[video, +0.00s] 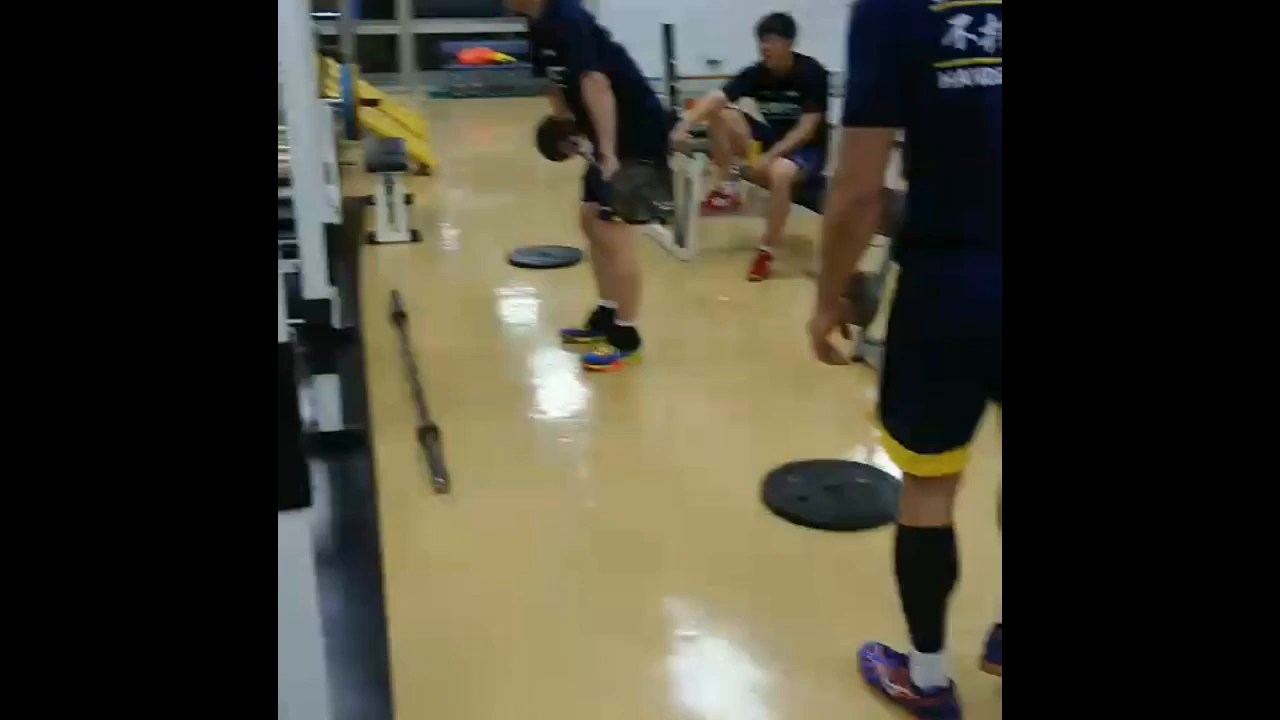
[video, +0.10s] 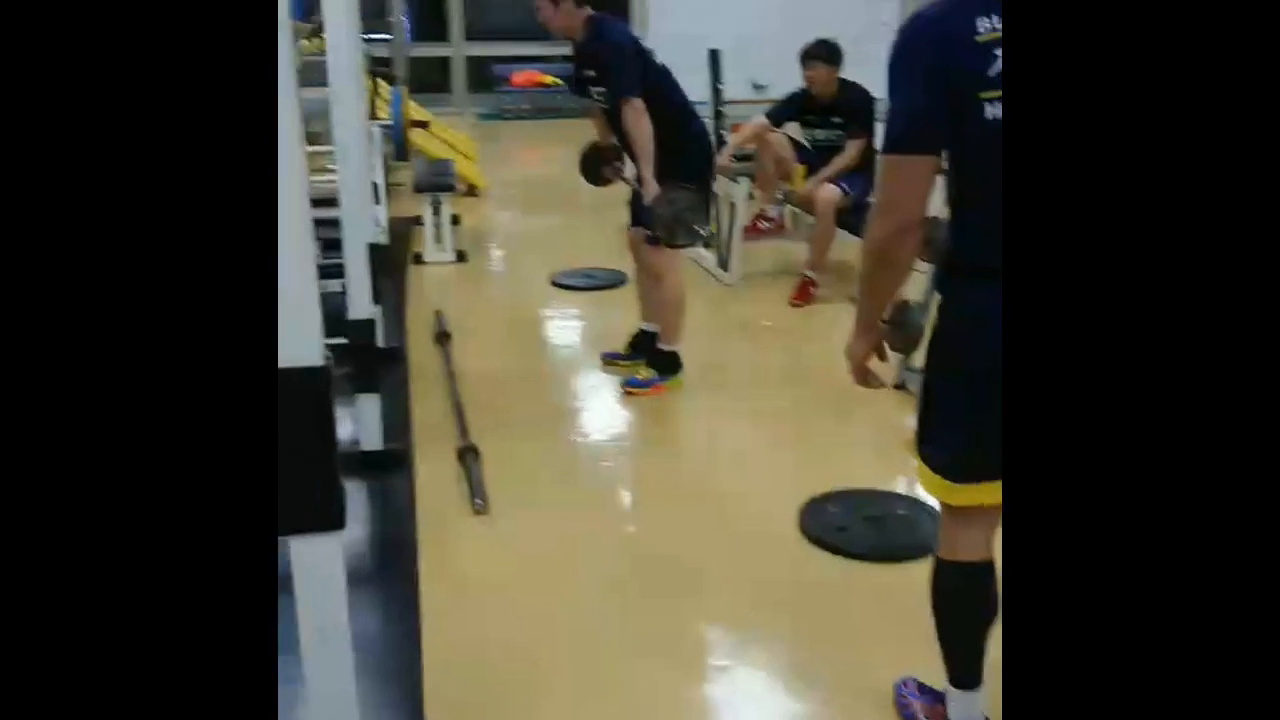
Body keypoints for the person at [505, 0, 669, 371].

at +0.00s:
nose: (508, 4)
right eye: (508, 1)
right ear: (523, 3)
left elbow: (596, 83)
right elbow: (556, 86)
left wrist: (608, 154)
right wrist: (564, 123)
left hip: (639, 136)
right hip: (607, 136)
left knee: (614, 228)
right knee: (594, 221)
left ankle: (627, 333)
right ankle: (608, 314)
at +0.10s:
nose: (541, 18)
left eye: (544, 9)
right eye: (539, 10)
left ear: (567, 6)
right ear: (566, 9)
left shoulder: (611, 40)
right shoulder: (585, 48)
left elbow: (635, 109)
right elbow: (598, 109)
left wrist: (648, 177)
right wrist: (609, 150)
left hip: (682, 156)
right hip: (651, 154)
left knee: (662, 254)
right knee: (642, 244)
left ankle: (668, 358)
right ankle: (648, 338)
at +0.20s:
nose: (584, 64)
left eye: (585, 53)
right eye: (580, 55)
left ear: (606, 41)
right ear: (602, 45)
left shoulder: (652, 76)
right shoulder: (629, 82)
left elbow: (673, 149)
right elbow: (642, 142)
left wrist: (684, 219)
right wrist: (648, 187)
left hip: (726, 184)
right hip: (696, 184)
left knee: (705, 282)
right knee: (682, 272)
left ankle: (709, 389)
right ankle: (690, 369)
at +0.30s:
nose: (598, 111)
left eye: (597, 101)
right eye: (593, 104)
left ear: (619, 87)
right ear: (619, 88)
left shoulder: (667, 117)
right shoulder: (649, 120)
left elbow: (686, 193)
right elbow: (660, 179)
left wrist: (699, 266)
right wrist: (663, 225)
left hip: (752, 211)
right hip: (720, 212)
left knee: (732, 307)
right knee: (709, 301)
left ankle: (730, 413)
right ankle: (711, 392)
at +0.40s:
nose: (599, 166)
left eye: (597, 155)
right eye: (594, 158)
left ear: (618, 144)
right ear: (618, 142)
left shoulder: (664, 163)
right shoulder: (649, 159)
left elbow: (684, 239)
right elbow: (661, 222)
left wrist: (696, 315)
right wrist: (664, 266)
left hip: (770, 224)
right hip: (742, 226)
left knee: (730, 321)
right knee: (711, 311)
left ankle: (736, 428)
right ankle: (718, 406)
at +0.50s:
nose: (605, 216)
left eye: (603, 207)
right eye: (599, 210)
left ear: (622, 192)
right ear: (624, 189)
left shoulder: (669, 214)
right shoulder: (656, 206)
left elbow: (683, 296)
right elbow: (659, 269)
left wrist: (688, 361)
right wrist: (660, 317)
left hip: (775, 246)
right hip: (748, 242)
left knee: (717, 334)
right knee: (699, 319)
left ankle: (737, 432)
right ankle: (715, 416)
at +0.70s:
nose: (607, 279)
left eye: (603, 271)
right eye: (600, 274)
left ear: (620, 257)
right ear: (623, 252)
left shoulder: (665, 273)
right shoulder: (653, 260)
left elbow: (672, 358)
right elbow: (652, 323)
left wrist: (672, 427)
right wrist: (650, 366)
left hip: (775, 286)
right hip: (754, 276)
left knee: (691, 350)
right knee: (684, 336)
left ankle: (735, 438)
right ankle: (715, 419)